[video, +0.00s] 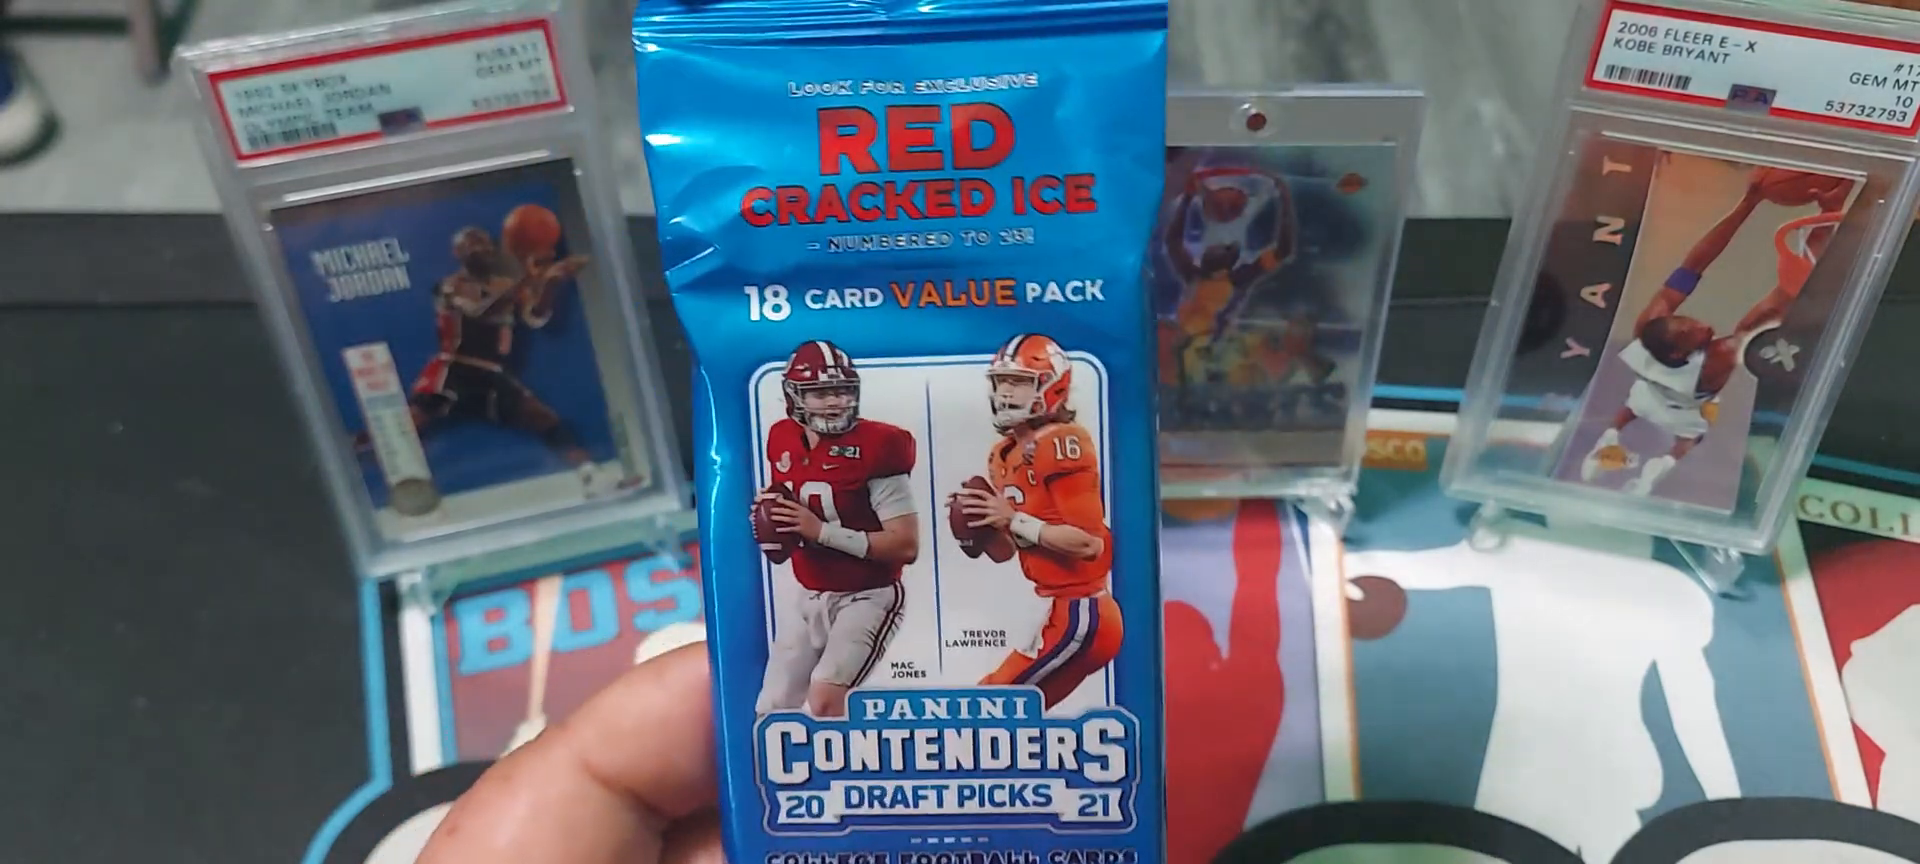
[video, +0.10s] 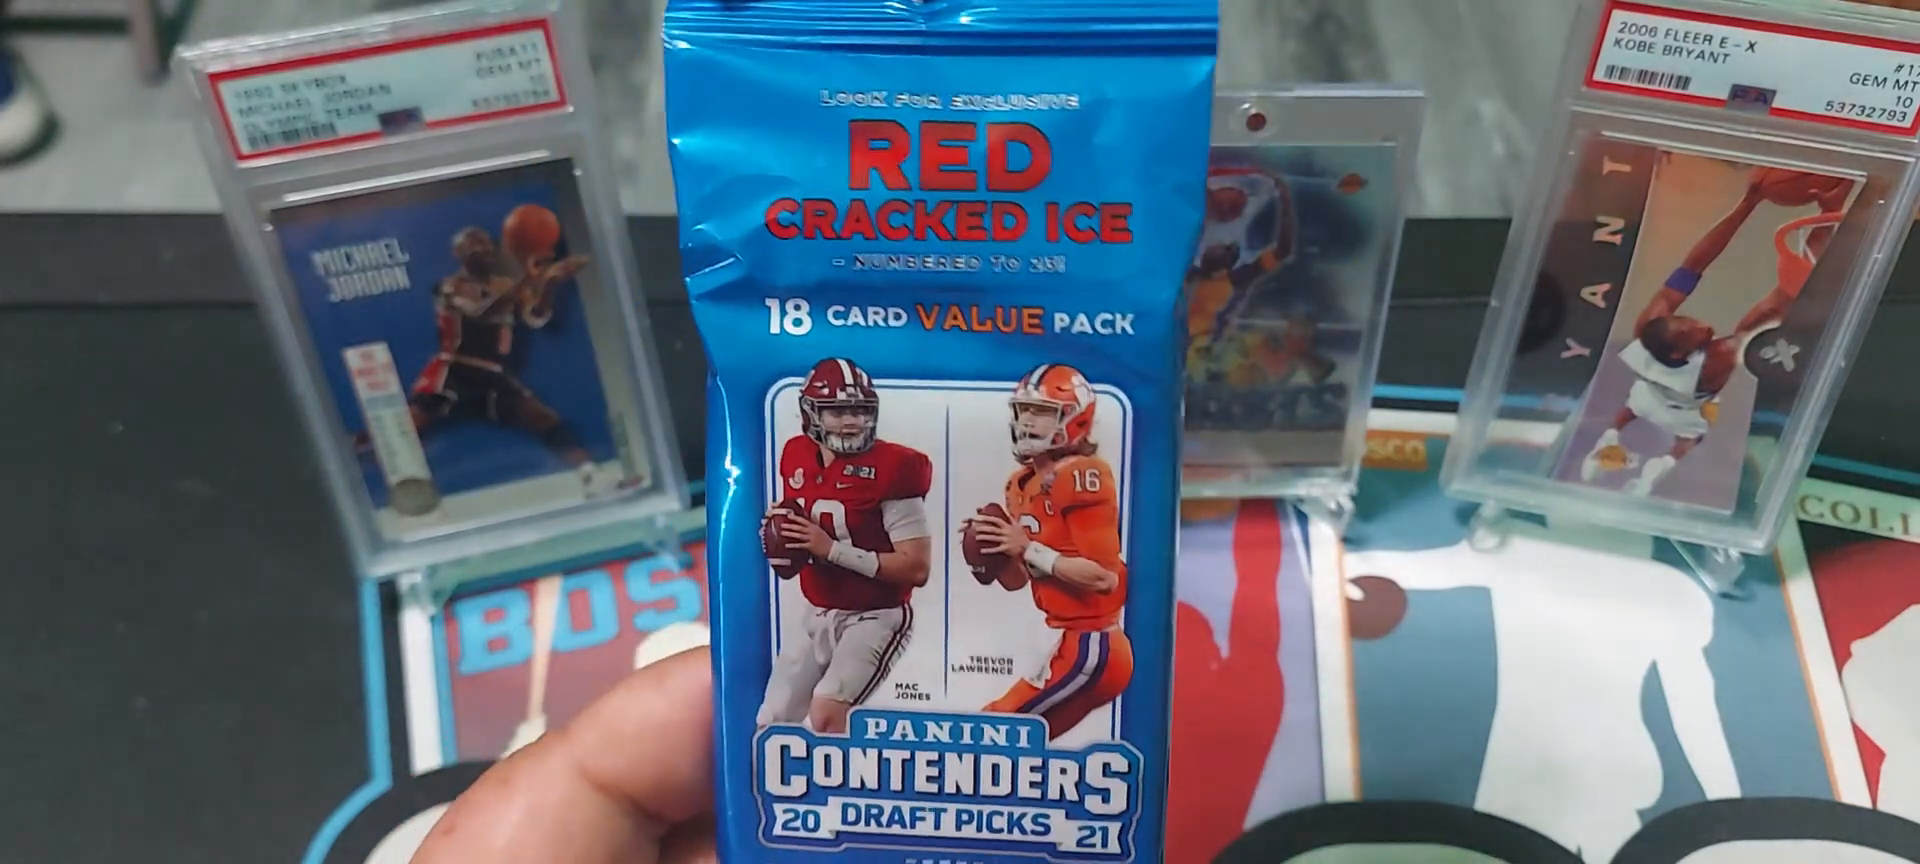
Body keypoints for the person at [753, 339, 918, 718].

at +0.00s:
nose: (833, 403)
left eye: (842, 392)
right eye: (821, 394)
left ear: (854, 394)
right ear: (796, 397)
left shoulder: (879, 446)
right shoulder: (783, 438)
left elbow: (906, 545)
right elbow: (784, 503)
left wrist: (820, 531)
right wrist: (767, 514)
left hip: (869, 598)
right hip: (807, 598)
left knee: (824, 699)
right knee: (772, 709)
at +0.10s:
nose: (850, 421)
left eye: (859, 411)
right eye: (838, 411)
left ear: (871, 413)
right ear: (813, 413)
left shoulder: (896, 467)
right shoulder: (797, 455)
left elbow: (917, 569)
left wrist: (830, 549)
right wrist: (778, 529)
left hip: (877, 618)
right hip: (815, 617)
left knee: (825, 715)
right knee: (772, 722)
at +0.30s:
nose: (829, 433)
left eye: (838, 423)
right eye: (817, 423)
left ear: (851, 425)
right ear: (793, 424)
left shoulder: (875, 476)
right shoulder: (778, 466)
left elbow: (897, 576)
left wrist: (812, 557)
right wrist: (759, 539)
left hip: (858, 625)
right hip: (798, 623)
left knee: (808, 721)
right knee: (755, 726)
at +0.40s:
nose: (822, 456)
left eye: (831, 446)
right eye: (810, 446)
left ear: (844, 448)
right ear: (785, 448)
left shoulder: (869, 501)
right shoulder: (769, 488)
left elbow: (888, 598)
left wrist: (800, 577)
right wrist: (749, 564)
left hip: (850, 645)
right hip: (790, 642)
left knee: (799, 737)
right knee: (747, 742)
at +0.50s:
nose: (797, 488)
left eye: (805, 478)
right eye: (784, 478)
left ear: (818, 480)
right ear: (759, 482)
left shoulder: (847, 532)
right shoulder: (745, 521)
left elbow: (872, 624)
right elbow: (745, 621)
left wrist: (784, 606)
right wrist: (728, 595)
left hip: (836, 669)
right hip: (775, 667)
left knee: (789, 755)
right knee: (736, 763)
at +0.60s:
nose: (752, 503)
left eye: (759, 492)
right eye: (739, 494)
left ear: (773, 494)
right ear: (715, 499)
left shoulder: (807, 542)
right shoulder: (704, 537)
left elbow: (842, 628)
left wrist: (753, 618)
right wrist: (693, 603)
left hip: (809, 673)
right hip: (749, 675)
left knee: (772, 755)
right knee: (720, 770)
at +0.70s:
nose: (759, 500)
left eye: (767, 490)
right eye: (746, 491)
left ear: (779, 491)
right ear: (720, 496)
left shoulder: (813, 540)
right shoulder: (709, 535)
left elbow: (846, 626)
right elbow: (718, 627)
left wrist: (757, 615)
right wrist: (699, 602)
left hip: (812, 670)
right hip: (751, 671)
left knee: (772, 749)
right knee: (719, 765)